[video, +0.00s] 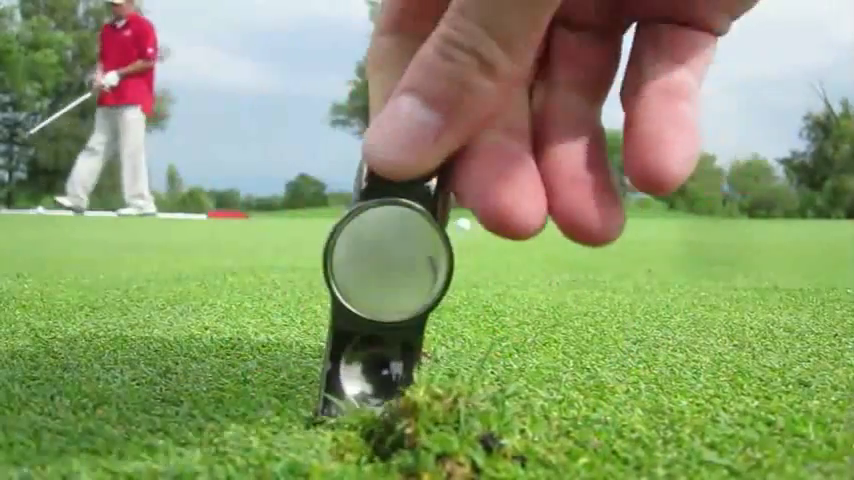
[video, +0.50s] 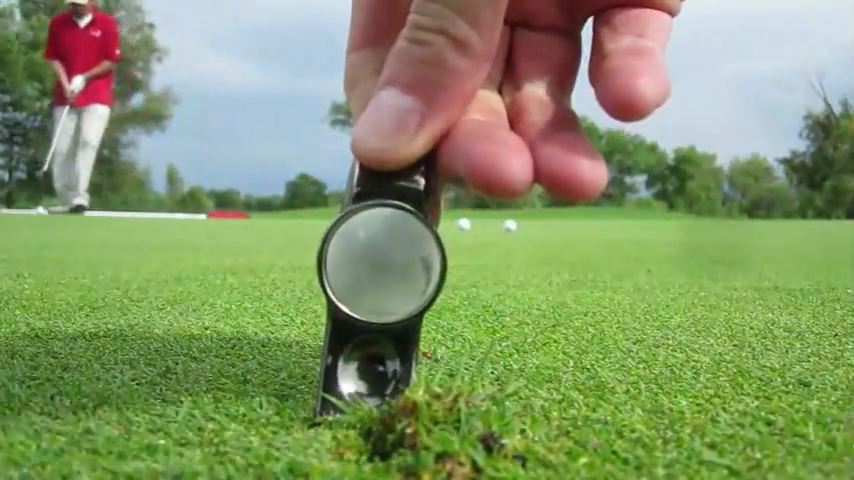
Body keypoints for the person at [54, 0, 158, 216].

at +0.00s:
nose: (114, 7)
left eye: (118, 4)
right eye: (112, 4)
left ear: (130, 4)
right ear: (111, 7)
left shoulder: (143, 26)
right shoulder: (107, 29)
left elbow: (148, 61)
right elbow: (102, 59)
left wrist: (117, 74)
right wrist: (98, 75)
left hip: (132, 97)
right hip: (108, 97)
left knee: (132, 150)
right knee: (96, 147)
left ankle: (140, 202)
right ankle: (76, 197)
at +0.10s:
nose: (102, 12)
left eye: (105, 7)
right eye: (99, 7)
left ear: (116, 6)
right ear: (96, 8)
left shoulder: (130, 27)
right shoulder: (91, 30)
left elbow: (137, 62)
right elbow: (87, 61)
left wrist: (107, 76)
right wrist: (86, 78)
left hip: (120, 97)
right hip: (95, 97)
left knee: (120, 150)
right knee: (82, 149)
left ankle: (137, 201)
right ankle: (71, 200)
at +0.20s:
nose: (89, 12)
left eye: (93, 8)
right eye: (87, 8)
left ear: (106, 6)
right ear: (84, 8)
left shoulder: (120, 26)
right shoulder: (78, 28)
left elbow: (128, 61)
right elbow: (75, 61)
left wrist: (99, 78)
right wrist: (77, 80)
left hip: (111, 94)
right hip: (84, 95)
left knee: (104, 143)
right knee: (70, 148)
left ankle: (129, 194)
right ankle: (69, 201)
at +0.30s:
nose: (82, 10)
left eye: (87, 6)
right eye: (80, 6)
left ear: (99, 4)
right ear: (77, 6)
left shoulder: (113, 24)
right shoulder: (70, 25)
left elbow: (120, 61)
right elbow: (66, 60)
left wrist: (91, 78)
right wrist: (72, 83)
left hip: (105, 94)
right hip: (78, 94)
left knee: (96, 140)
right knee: (64, 147)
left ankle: (109, 198)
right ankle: (70, 201)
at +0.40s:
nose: (79, 5)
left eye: (83, 2)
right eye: (76, 3)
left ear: (94, 3)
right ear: (73, 5)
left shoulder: (109, 24)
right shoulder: (62, 24)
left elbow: (116, 59)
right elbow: (58, 58)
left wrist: (87, 76)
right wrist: (67, 82)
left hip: (100, 95)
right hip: (71, 95)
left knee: (93, 143)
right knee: (64, 147)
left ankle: (88, 199)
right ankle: (68, 199)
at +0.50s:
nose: (77, 5)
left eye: (81, 2)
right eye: (74, 2)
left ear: (92, 2)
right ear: (70, 3)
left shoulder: (107, 23)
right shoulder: (58, 23)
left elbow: (112, 60)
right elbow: (53, 57)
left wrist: (84, 77)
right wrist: (65, 82)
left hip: (96, 95)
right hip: (66, 95)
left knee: (88, 144)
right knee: (62, 148)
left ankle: (80, 197)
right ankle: (66, 198)